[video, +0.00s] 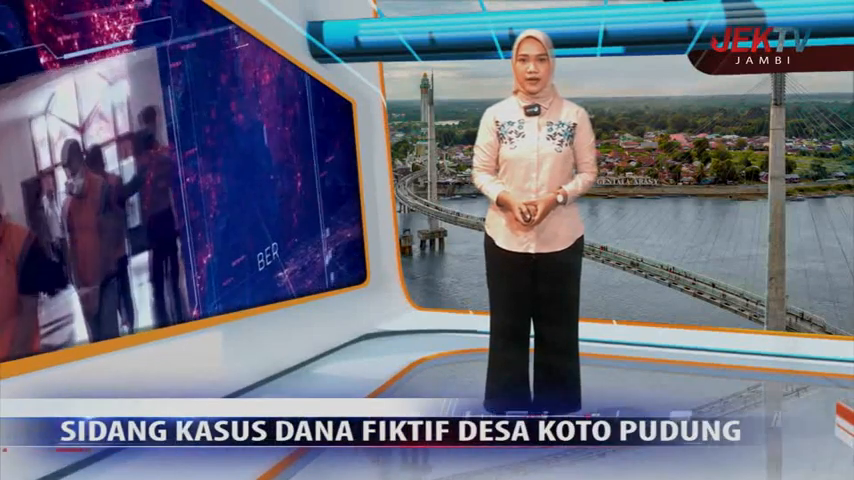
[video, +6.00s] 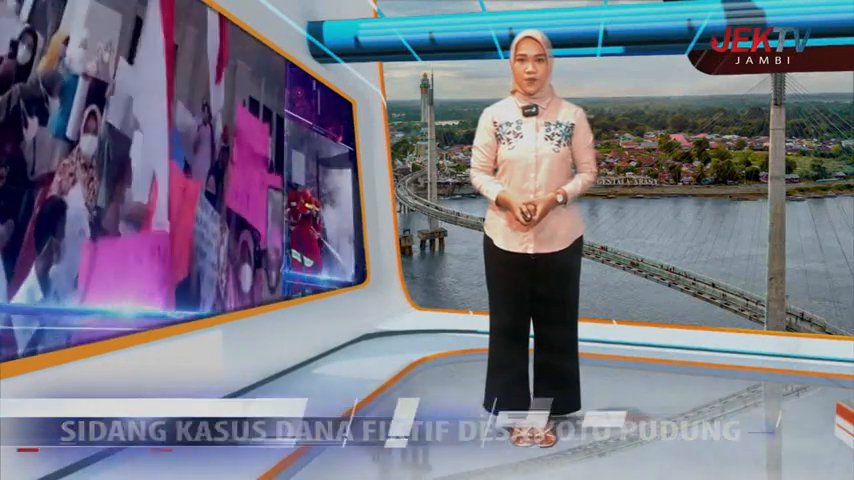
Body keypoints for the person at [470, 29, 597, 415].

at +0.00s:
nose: (532, 67)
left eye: (540, 59)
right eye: (524, 59)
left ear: (552, 65)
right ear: (513, 65)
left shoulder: (574, 116)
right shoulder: (495, 116)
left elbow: (588, 173)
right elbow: (481, 172)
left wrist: (554, 198)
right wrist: (508, 200)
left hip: (559, 243)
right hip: (507, 244)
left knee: (558, 337)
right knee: (508, 336)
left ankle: (558, 422)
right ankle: (507, 422)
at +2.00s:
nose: (531, 67)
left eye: (539, 59)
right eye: (523, 60)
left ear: (551, 65)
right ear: (513, 65)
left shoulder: (573, 116)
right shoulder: (494, 116)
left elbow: (587, 173)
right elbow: (479, 171)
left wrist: (553, 199)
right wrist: (508, 201)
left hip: (559, 243)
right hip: (506, 244)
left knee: (558, 338)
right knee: (507, 337)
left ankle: (557, 422)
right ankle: (506, 422)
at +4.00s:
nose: (531, 67)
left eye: (540, 60)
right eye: (523, 60)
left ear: (552, 65)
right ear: (513, 66)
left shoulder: (574, 116)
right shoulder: (494, 116)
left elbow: (588, 173)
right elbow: (480, 171)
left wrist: (553, 196)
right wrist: (506, 198)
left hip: (559, 242)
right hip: (506, 243)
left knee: (558, 337)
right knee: (508, 335)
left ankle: (558, 422)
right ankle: (506, 422)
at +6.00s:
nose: (530, 67)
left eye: (538, 59)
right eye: (522, 59)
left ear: (550, 65)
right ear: (511, 65)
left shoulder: (572, 115)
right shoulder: (493, 116)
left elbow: (588, 172)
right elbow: (479, 173)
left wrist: (556, 197)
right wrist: (507, 199)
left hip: (558, 242)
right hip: (505, 243)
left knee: (556, 330)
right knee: (509, 330)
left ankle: (551, 418)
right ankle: (516, 418)